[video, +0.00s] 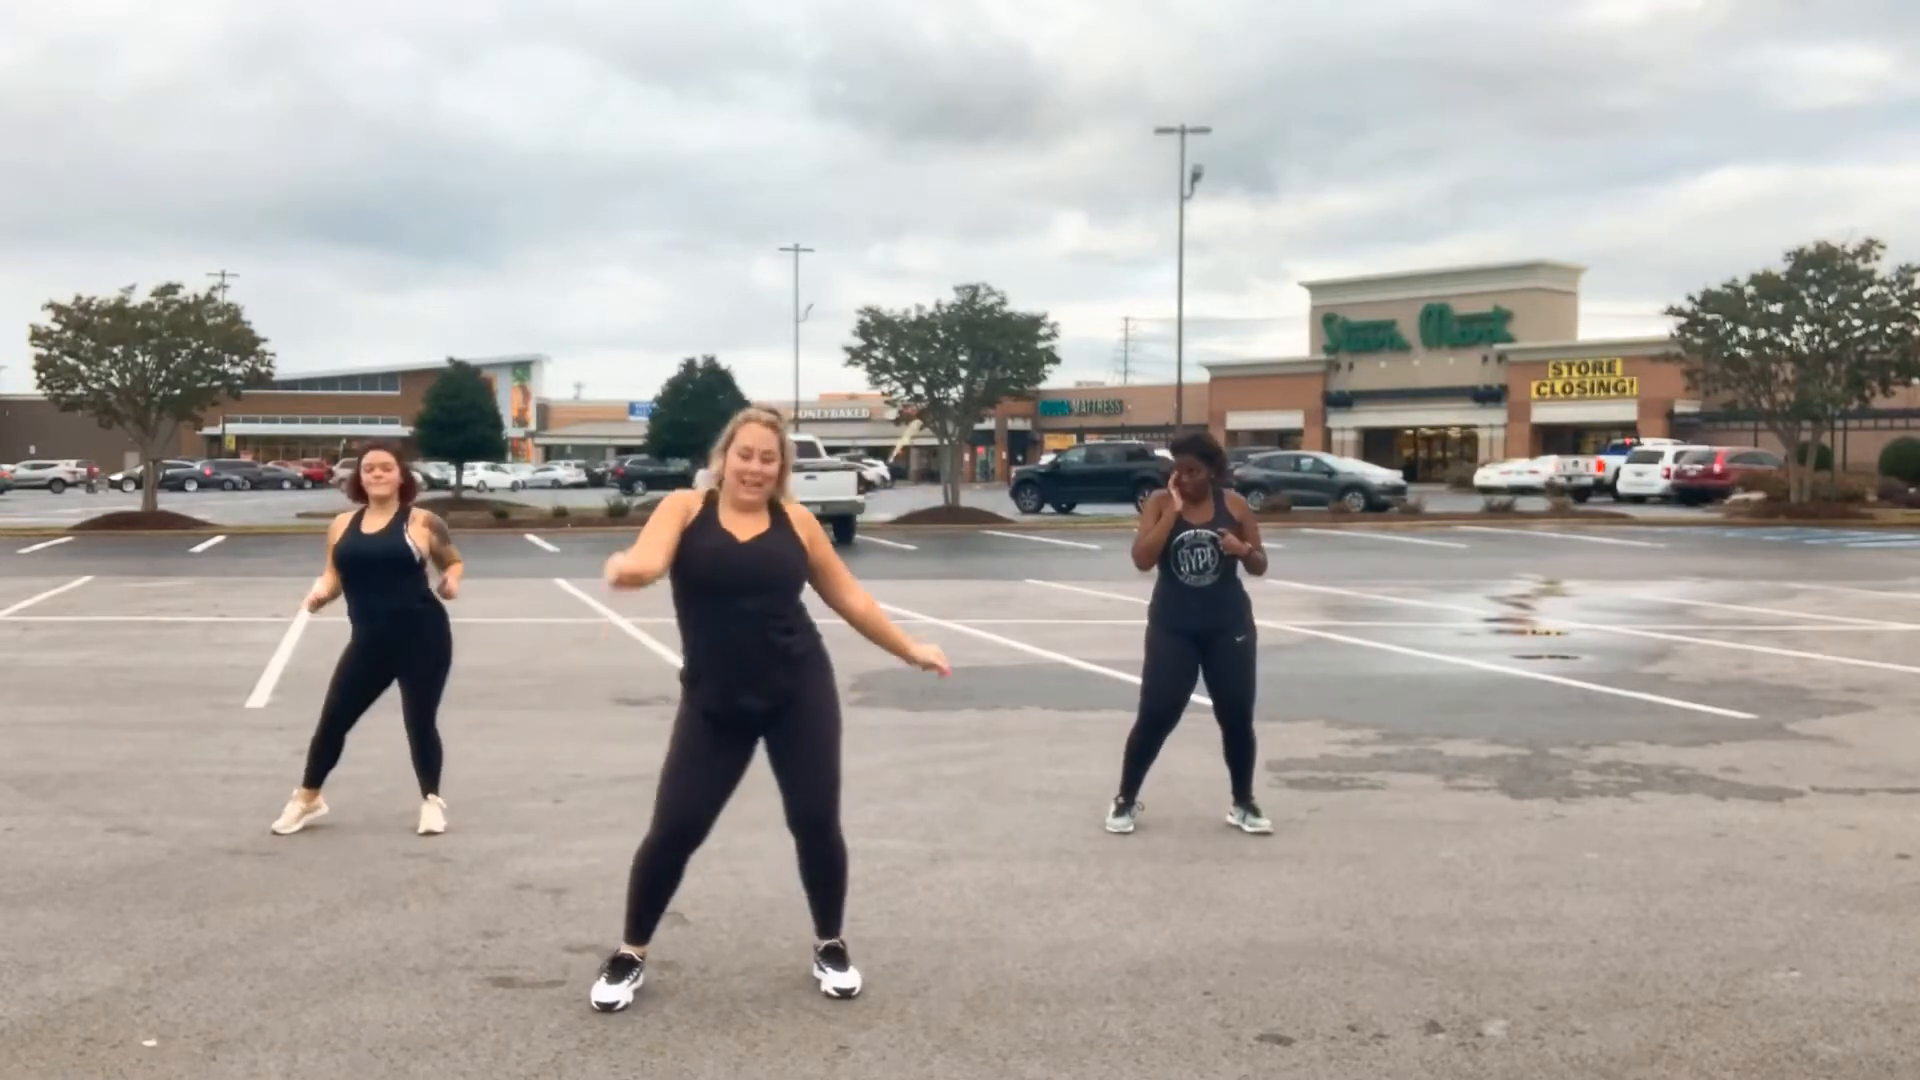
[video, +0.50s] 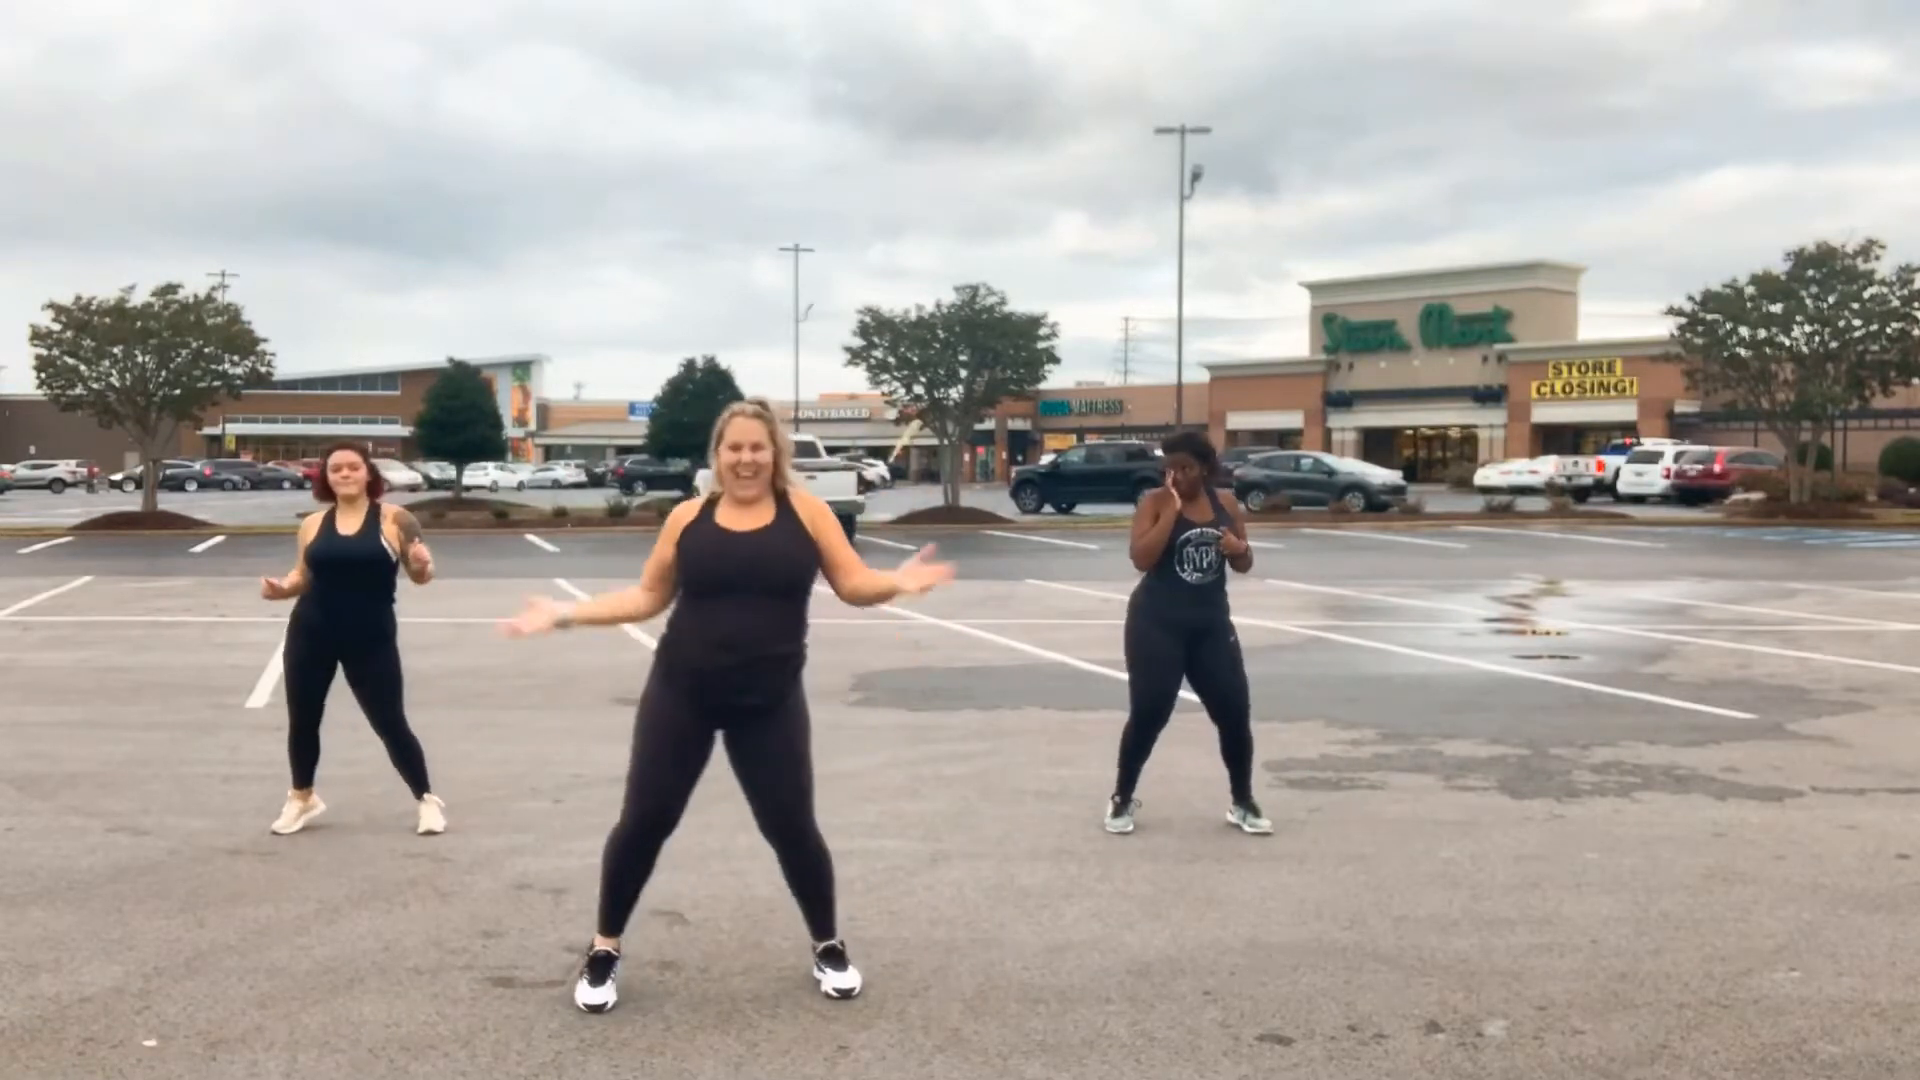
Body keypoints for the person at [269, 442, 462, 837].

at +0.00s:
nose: (378, 474)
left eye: (386, 468)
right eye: (370, 469)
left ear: (401, 476)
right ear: (359, 479)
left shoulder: (423, 522)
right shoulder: (343, 525)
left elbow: (452, 562)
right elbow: (334, 574)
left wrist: (450, 579)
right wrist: (319, 593)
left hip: (422, 637)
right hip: (370, 641)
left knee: (420, 722)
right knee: (333, 720)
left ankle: (431, 800)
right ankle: (308, 797)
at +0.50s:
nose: (346, 474)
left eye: (354, 467)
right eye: (337, 469)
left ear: (368, 475)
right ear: (327, 479)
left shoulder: (393, 519)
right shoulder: (312, 524)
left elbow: (420, 576)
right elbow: (305, 575)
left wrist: (421, 566)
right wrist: (283, 588)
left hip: (369, 638)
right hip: (312, 636)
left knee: (390, 724)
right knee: (302, 721)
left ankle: (426, 800)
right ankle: (302, 797)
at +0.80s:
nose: (348, 477)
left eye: (355, 470)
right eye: (339, 471)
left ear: (369, 478)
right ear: (327, 481)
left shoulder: (392, 524)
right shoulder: (310, 529)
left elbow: (418, 576)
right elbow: (283, 588)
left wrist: (425, 626)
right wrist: (284, 562)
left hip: (378, 644)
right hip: (321, 642)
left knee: (396, 725)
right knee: (303, 723)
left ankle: (427, 800)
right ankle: (302, 797)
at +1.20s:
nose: (378, 469)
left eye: (385, 462)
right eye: (369, 464)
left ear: (398, 470)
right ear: (356, 473)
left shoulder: (420, 513)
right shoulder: (339, 519)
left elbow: (462, 543)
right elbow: (308, 570)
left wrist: (451, 573)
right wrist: (325, 600)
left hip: (417, 633)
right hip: (364, 635)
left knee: (416, 718)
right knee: (339, 721)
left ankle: (428, 800)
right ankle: (312, 798)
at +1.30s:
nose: (385, 468)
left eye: (392, 461)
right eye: (377, 462)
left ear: (406, 469)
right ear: (364, 472)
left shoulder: (428, 515)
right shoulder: (348, 522)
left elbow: (469, 560)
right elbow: (331, 578)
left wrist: (446, 558)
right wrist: (335, 626)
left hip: (424, 633)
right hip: (369, 634)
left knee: (420, 718)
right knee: (354, 715)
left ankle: (429, 799)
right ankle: (354, 793)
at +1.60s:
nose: (401, 476)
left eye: (409, 469)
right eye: (393, 471)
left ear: (422, 477)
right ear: (381, 481)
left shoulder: (442, 522)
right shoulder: (362, 530)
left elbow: (449, 572)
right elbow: (342, 584)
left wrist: (413, 582)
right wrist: (338, 632)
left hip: (436, 638)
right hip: (382, 640)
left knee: (445, 718)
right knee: (387, 725)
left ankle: (442, 796)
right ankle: (397, 800)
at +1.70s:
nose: (406, 478)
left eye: (413, 471)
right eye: (397, 473)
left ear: (426, 479)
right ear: (385, 483)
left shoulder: (448, 524)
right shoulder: (367, 532)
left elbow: (464, 577)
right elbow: (345, 581)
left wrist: (458, 622)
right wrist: (351, 619)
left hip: (445, 635)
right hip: (392, 642)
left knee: (467, 712)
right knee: (393, 725)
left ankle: (483, 787)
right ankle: (398, 801)